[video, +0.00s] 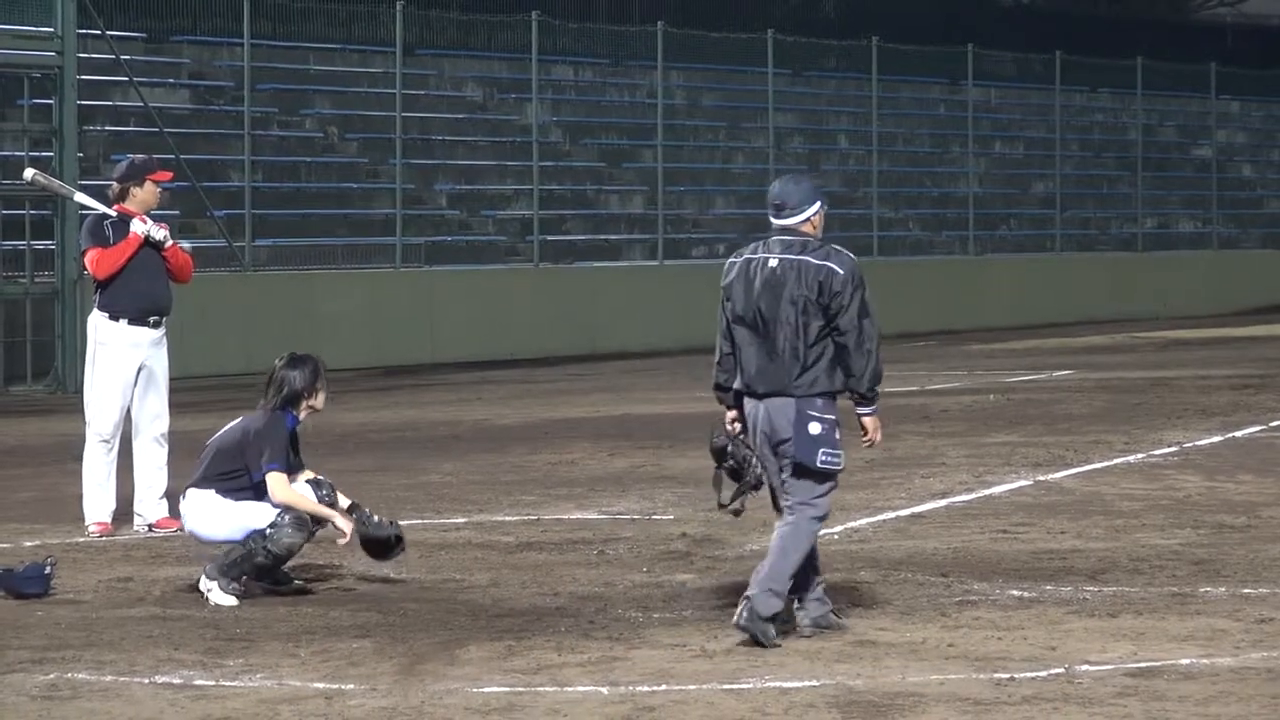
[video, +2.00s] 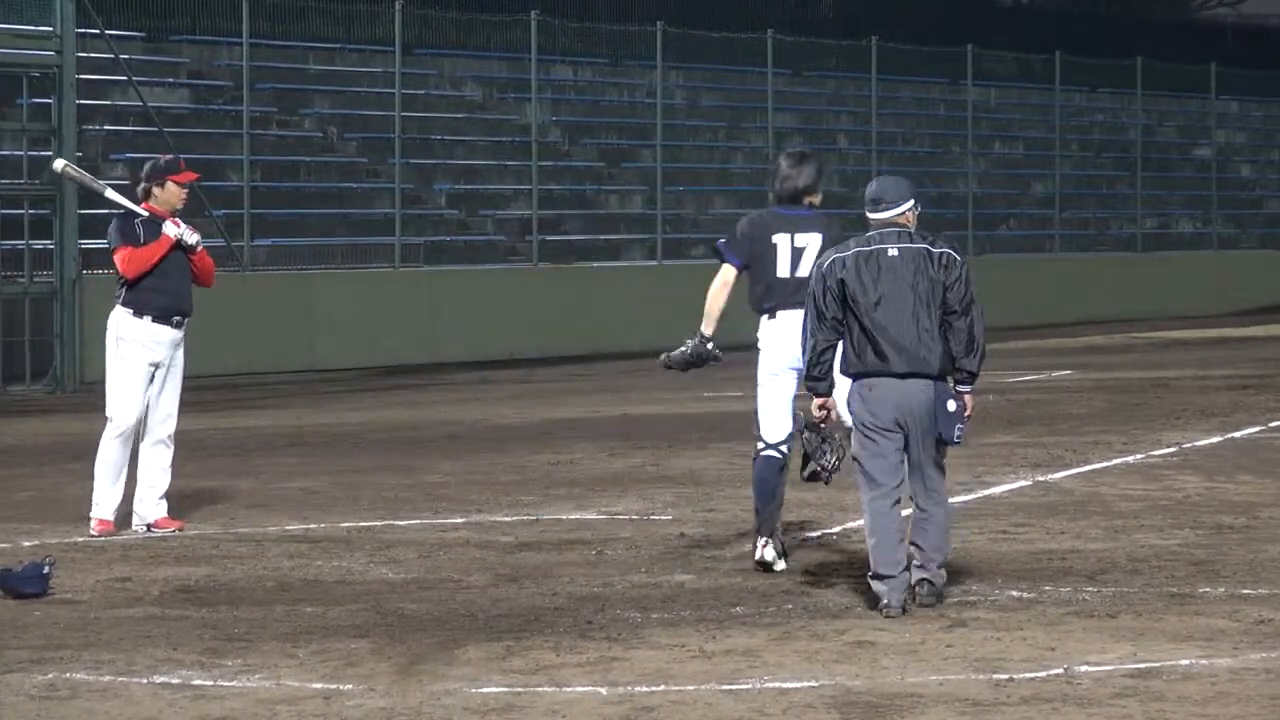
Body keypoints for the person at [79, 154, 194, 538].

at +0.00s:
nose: (159, 191)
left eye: (159, 185)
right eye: (154, 185)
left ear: (138, 189)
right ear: (132, 188)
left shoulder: (155, 229)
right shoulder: (100, 222)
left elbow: (185, 273)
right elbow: (99, 268)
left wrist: (166, 243)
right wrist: (137, 236)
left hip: (155, 335)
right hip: (114, 334)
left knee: (153, 428)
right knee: (104, 429)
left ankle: (152, 512)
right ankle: (99, 517)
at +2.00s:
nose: (186, 193)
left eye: (186, 186)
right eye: (180, 186)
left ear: (171, 189)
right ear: (156, 188)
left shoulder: (179, 229)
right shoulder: (126, 223)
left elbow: (207, 277)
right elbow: (129, 268)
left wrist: (194, 248)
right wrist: (167, 238)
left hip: (172, 336)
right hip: (134, 331)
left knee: (160, 429)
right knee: (124, 422)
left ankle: (150, 513)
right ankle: (103, 512)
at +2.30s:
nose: (198, 191)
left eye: (198, 185)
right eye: (192, 185)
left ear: (180, 188)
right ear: (169, 187)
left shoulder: (188, 230)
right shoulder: (140, 220)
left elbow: (210, 283)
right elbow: (126, 269)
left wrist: (209, 265)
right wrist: (178, 253)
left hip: (178, 334)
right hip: (143, 328)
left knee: (168, 424)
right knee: (150, 418)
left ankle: (157, 509)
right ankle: (140, 511)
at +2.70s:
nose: (211, 188)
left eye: (210, 182)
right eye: (204, 183)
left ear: (191, 188)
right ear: (182, 187)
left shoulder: (205, 231)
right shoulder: (157, 225)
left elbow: (216, 276)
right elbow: (136, 277)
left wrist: (233, 311)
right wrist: (174, 311)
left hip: (197, 331)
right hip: (160, 330)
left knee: (180, 425)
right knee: (170, 424)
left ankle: (149, 509)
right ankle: (180, 514)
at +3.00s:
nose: (222, 188)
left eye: (221, 182)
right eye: (216, 182)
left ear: (203, 186)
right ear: (193, 186)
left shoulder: (215, 227)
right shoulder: (167, 225)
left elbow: (219, 276)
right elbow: (153, 281)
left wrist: (228, 316)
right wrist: (176, 325)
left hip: (215, 337)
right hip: (178, 336)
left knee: (221, 421)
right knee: (175, 427)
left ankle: (192, 502)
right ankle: (178, 514)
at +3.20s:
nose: (236, 191)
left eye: (236, 185)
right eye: (231, 185)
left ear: (217, 187)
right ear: (210, 186)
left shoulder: (221, 229)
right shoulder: (182, 227)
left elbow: (222, 283)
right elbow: (168, 286)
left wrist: (239, 325)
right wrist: (179, 343)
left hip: (230, 337)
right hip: (193, 338)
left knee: (241, 427)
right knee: (182, 431)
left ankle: (244, 513)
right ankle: (181, 516)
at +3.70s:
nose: (293, 191)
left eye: (293, 185)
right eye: (287, 184)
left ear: (274, 187)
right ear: (265, 186)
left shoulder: (279, 229)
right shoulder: (236, 224)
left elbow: (275, 279)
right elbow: (219, 278)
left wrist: (283, 326)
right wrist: (237, 334)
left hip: (281, 339)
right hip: (243, 337)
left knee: (278, 432)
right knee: (237, 424)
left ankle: (275, 518)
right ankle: (204, 496)